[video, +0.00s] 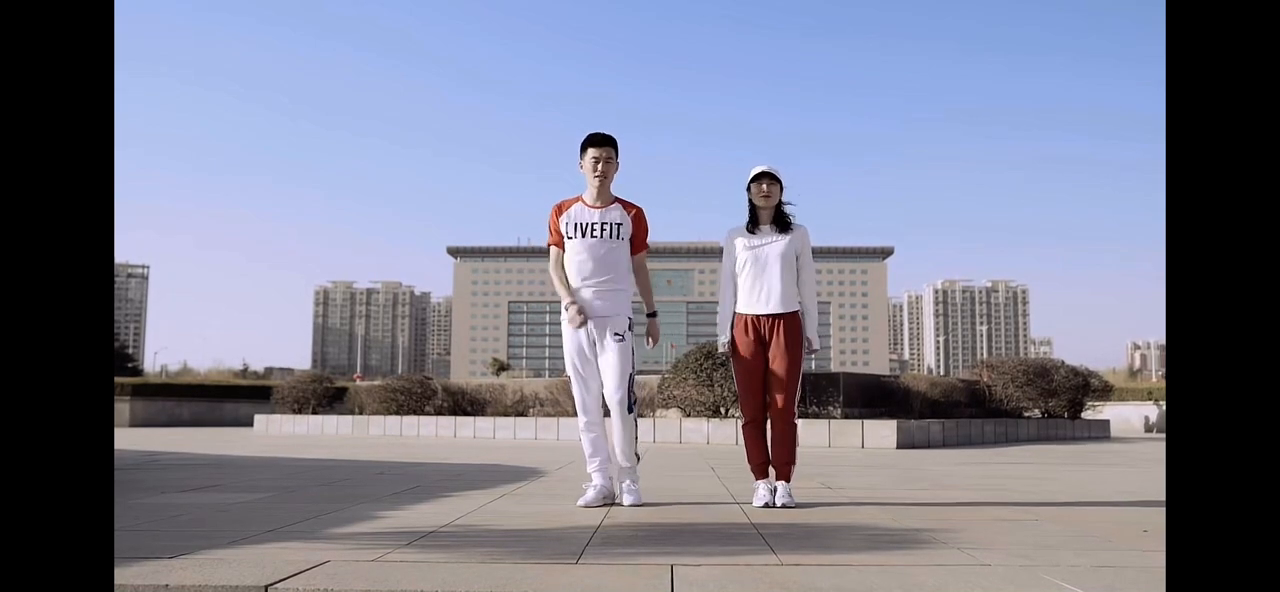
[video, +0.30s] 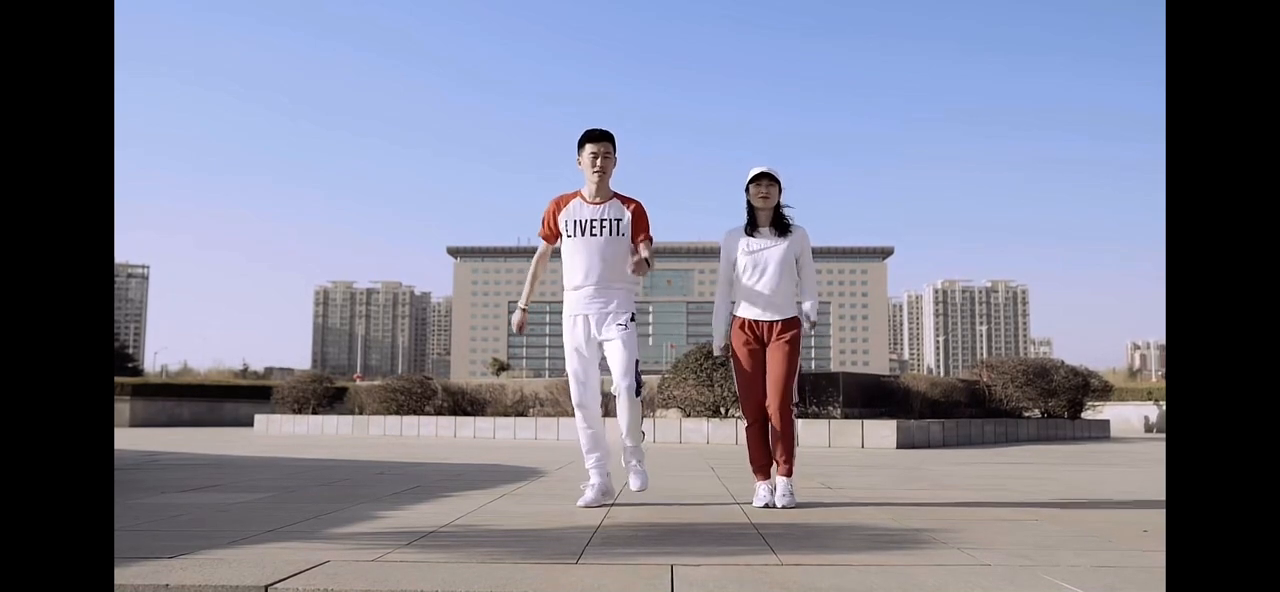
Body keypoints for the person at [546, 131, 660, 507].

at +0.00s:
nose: (601, 166)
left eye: (608, 160)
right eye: (594, 160)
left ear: (617, 166)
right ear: (582, 166)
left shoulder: (632, 213)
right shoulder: (562, 212)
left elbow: (640, 266)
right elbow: (555, 265)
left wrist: (651, 313)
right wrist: (569, 300)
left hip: (616, 312)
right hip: (576, 312)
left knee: (619, 398)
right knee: (587, 402)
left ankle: (628, 479)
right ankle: (600, 481)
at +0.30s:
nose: (600, 161)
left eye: (606, 155)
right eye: (593, 155)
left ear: (615, 161)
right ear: (580, 162)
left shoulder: (632, 209)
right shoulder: (560, 207)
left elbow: (645, 261)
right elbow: (542, 257)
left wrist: (641, 261)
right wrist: (523, 305)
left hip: (618, 307)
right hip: (576, 311)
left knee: (627, 386)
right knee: (584, 399)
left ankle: (633, 454)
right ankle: (598, 479)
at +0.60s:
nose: (596, 154)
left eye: (603, 149)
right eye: (589, 149)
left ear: (612, 158)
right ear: (578, 157)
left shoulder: (628, 200)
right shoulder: (563, 208)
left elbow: (650, 240)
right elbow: (559, 260)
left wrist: (647, 255)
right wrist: (550, 306)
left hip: (619, 305)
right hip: (580, 307)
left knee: (622, 394)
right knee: (585, 398)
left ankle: (636, 467)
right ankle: (600, 479)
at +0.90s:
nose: (606, 162)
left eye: (614, 157)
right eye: (600, 157)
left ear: (626, 166)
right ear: (590, 165)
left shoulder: (641, 215)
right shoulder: (570, 208)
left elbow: (644, 259)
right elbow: (546, 257)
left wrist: (650, 294)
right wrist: (556, 244)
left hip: (626, 302)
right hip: (586, 307)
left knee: (613, 309)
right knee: (596, 396)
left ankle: (620, 400)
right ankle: (617, 478)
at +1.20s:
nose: (614, 166)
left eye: (620, 161)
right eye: (607, 160)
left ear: (629, 169)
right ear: (593, 167)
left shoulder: (641, 214)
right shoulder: (571, 210)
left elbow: (651, 251)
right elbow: (536, 255)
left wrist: (665, 280)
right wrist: (562, 244)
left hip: (623, 323)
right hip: (581, 323)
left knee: (620, 401)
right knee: (587, 407)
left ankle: (613, 483)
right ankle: (599, 469)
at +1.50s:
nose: (603, 161)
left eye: (609, 156)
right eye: (595, 156)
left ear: (618, 163)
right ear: (583, 164)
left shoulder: (635, 210)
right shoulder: (565, 211)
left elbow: (644, 251)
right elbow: (556, 260)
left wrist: (630, 261)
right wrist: (545, 305)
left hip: (616, 310)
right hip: (578, 301)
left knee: (608, 402)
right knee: (567, 310)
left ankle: (602, 477)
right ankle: (569, 394)